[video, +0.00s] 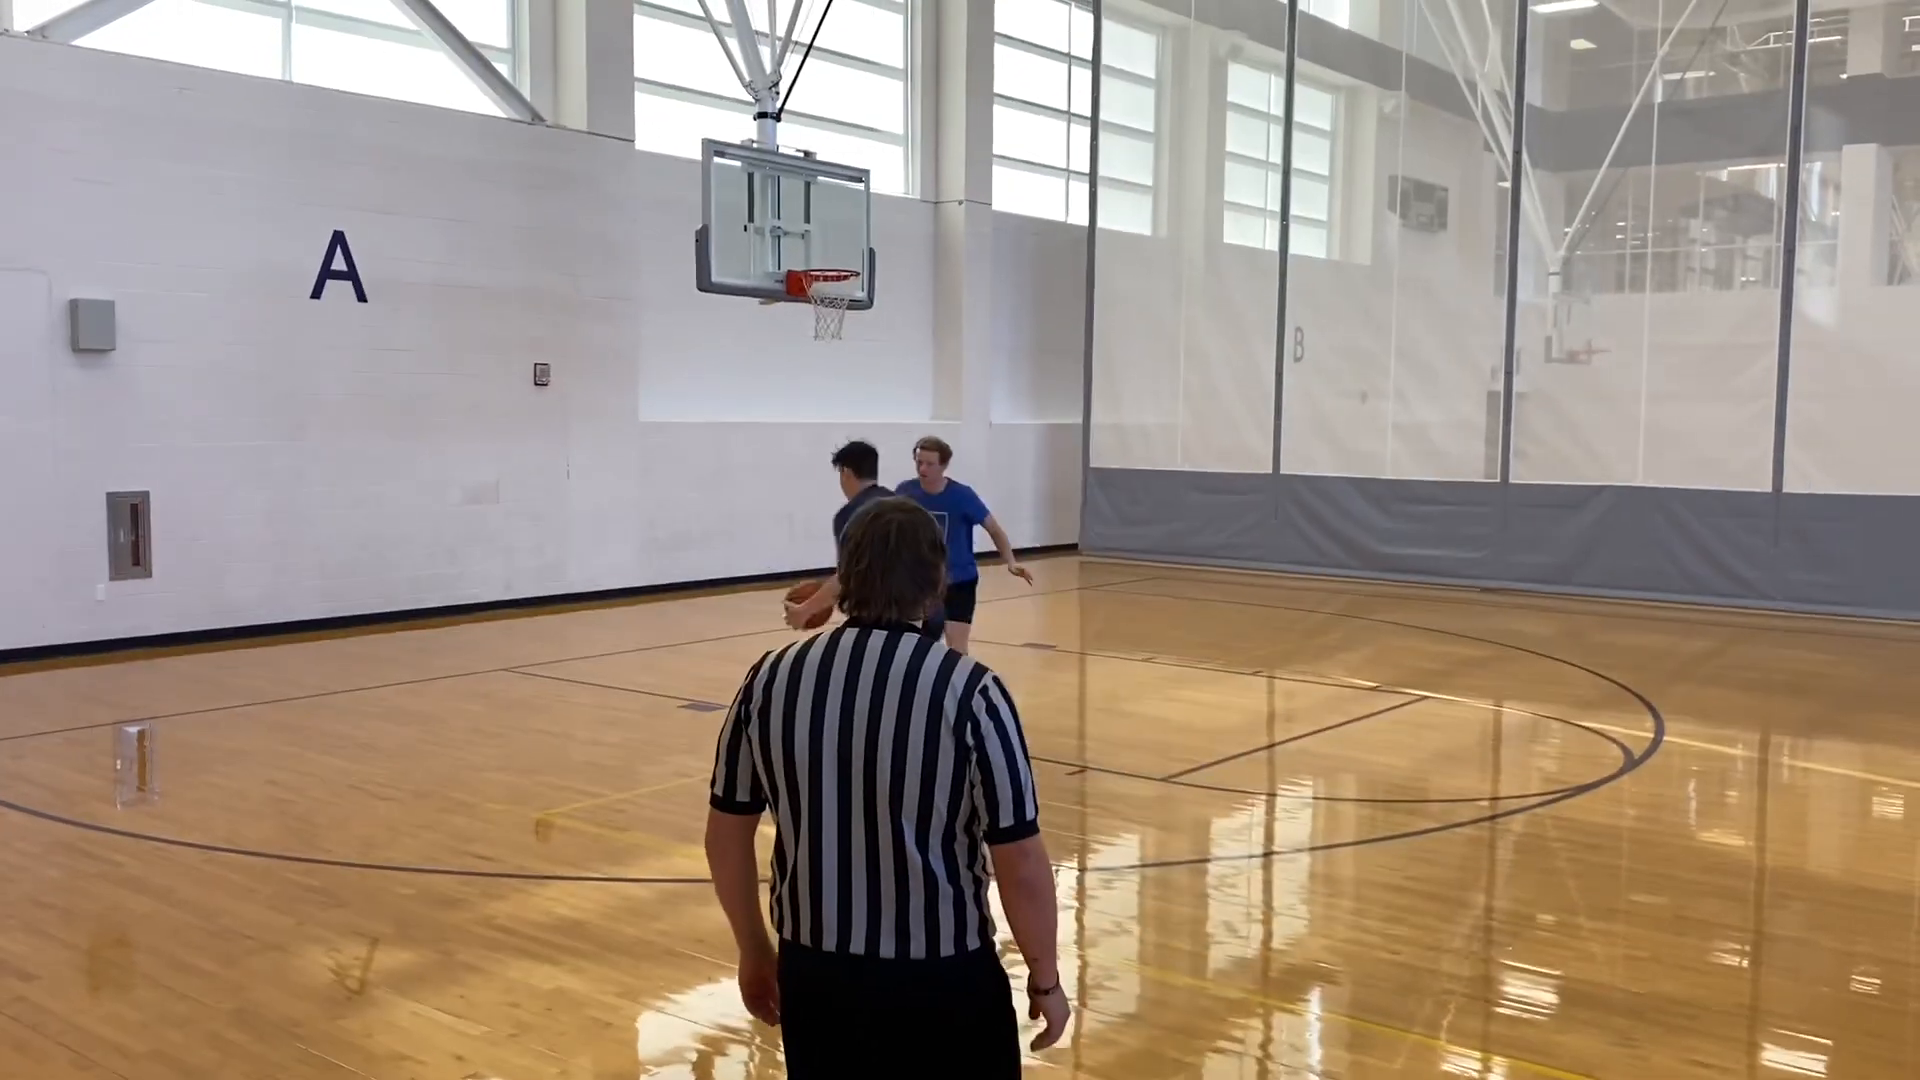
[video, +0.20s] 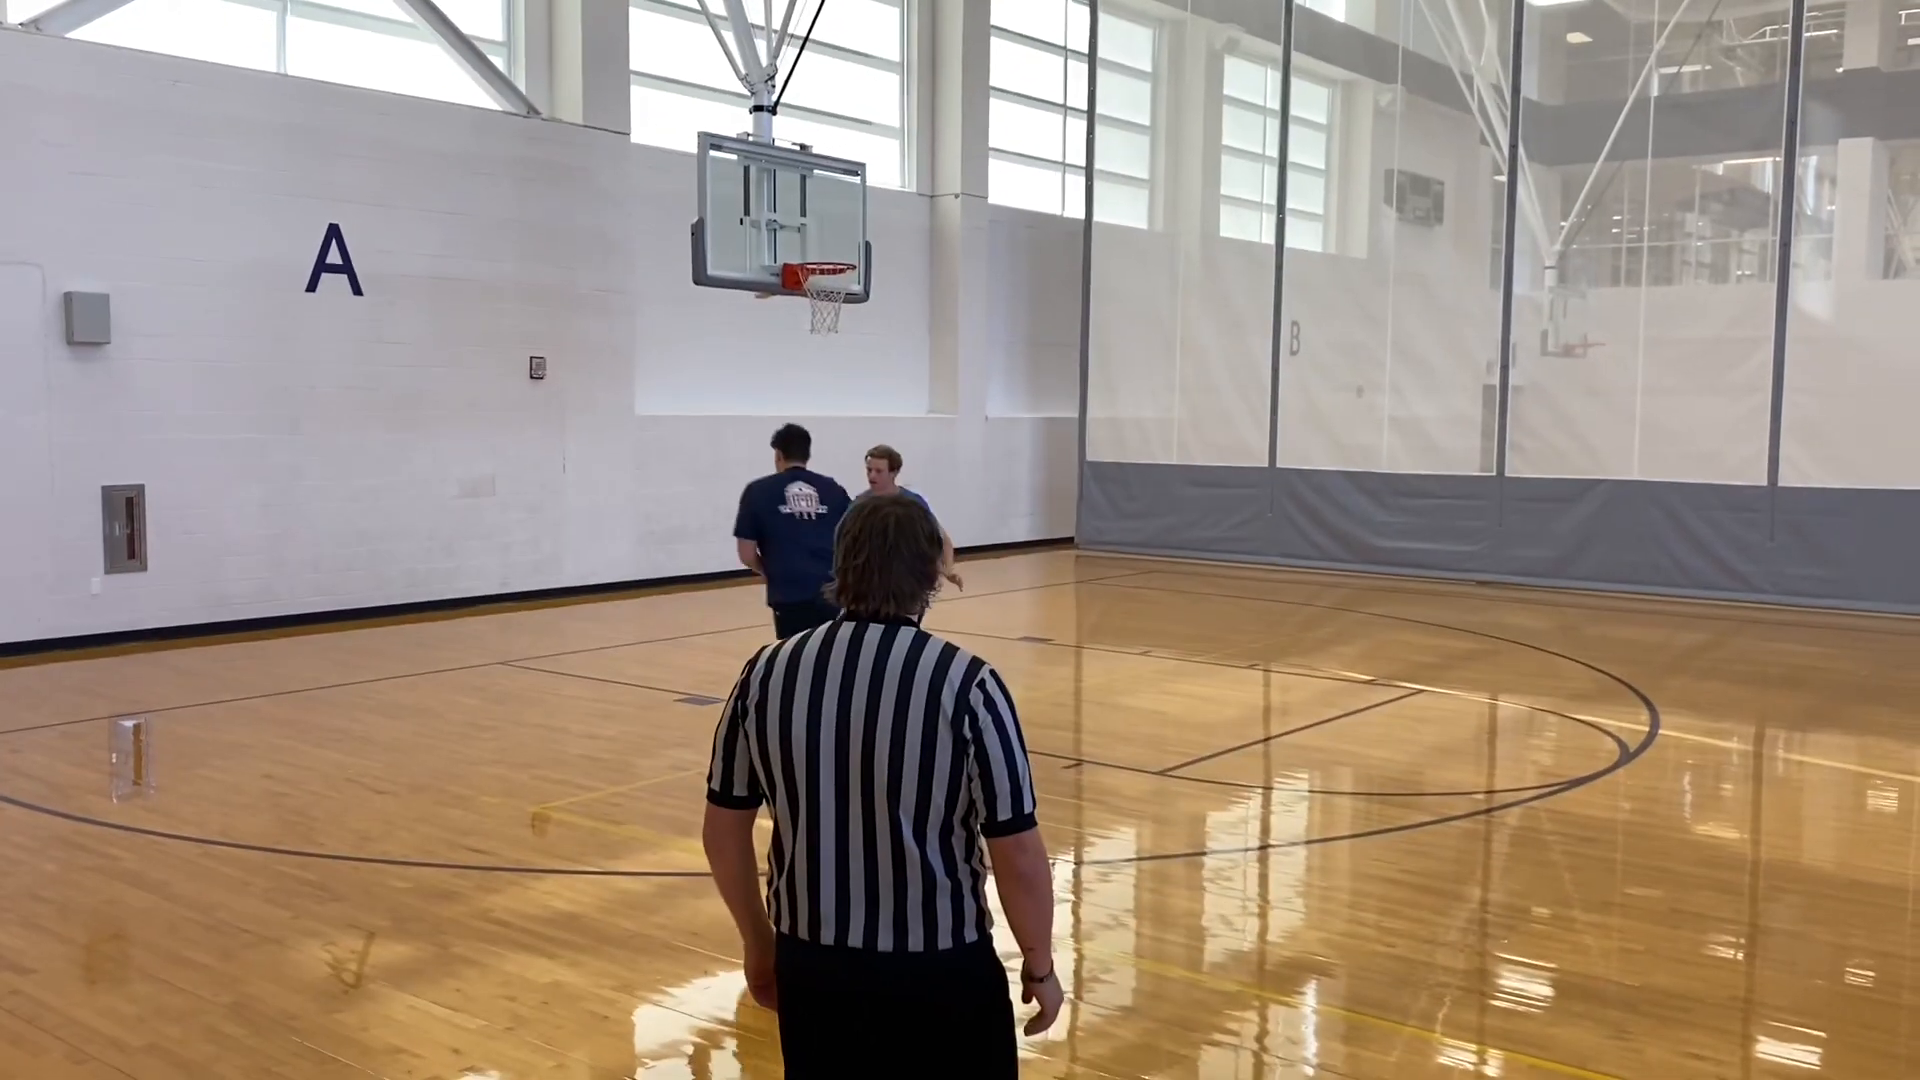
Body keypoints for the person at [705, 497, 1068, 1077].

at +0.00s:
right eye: (945, 576)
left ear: (846, 578)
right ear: (937, 585)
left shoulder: (772, 676)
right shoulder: (971, 690)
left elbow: (726, 832)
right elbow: (1020, 861)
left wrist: (752, 947)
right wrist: (1045, 975)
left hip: (817, 984)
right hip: (949, 988)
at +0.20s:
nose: (941, 577)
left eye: (938, 564)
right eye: (939, 565)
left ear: (844, 565)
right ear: (929, 574)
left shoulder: (768, 669)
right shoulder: (968, 683)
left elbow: (723, 828)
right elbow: (1017, 854)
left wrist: (757, 939)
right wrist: (1038, 961)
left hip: (812, 976)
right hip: (945, 979)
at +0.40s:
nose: (940, 569)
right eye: (936, 557)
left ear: (841, 565)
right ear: (931, 569)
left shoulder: (768, 670)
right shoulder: (969, 680)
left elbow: (723, 829)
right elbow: (1019, 849)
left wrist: (757, 937)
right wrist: (1036, 949)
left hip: (815, 974)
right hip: (947, 977)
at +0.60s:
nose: (940, 569)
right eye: (937, 557)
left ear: (841, 565)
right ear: (931, 569)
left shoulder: (766, 670)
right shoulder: (969, 680)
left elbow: (721, 829)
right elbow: (1020, 854)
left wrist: (755, 939)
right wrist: (1026, 941)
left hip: (813, 973)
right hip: (945, 975)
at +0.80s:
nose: (940, 569)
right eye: (936, 558)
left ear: (842, 565)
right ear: (931, 569)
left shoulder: (766, 672)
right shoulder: (971, 680)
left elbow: (721, 831)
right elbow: (1025, 853)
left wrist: (758, 936)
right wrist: (1014, 924)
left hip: (814, 974)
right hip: (948, 975)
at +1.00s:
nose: (930, 571)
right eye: (928, 560)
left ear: (832, 569)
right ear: (923, 574)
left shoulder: (760, 679)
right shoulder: (963, 677)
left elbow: (721, 833)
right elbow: (1070, 807)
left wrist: (767, 924)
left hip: (817, 980)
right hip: (949, 978)